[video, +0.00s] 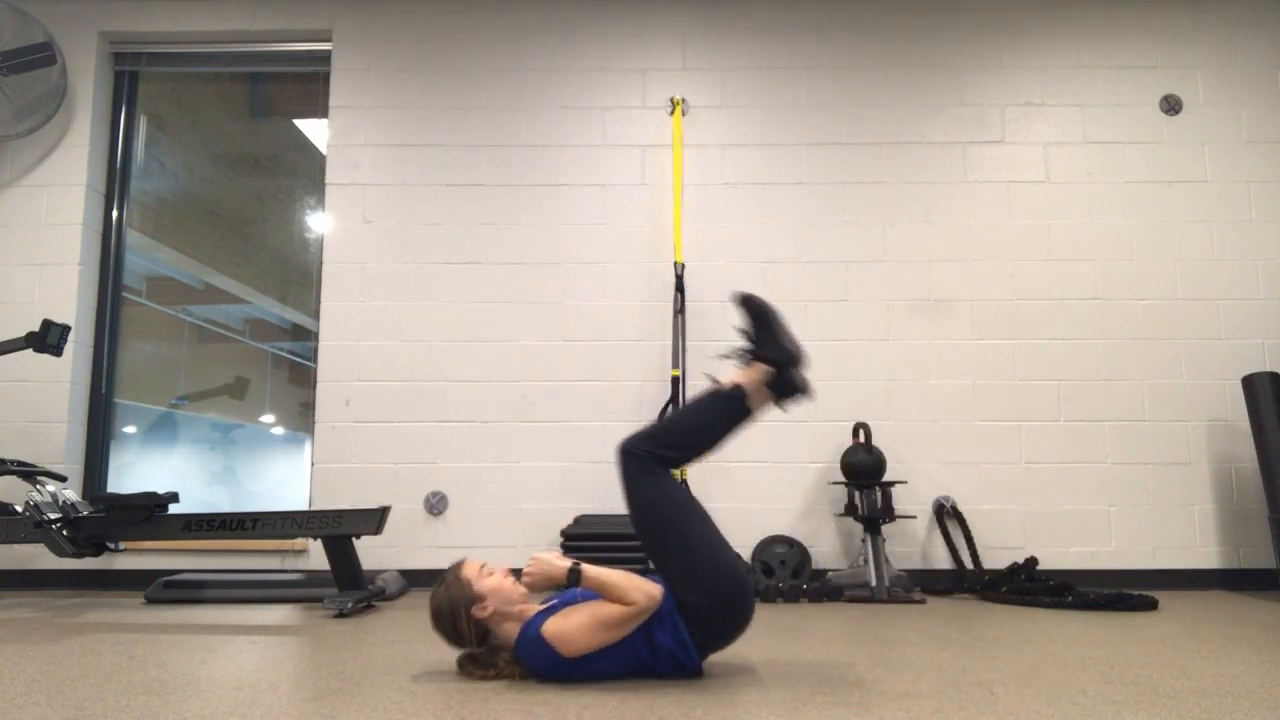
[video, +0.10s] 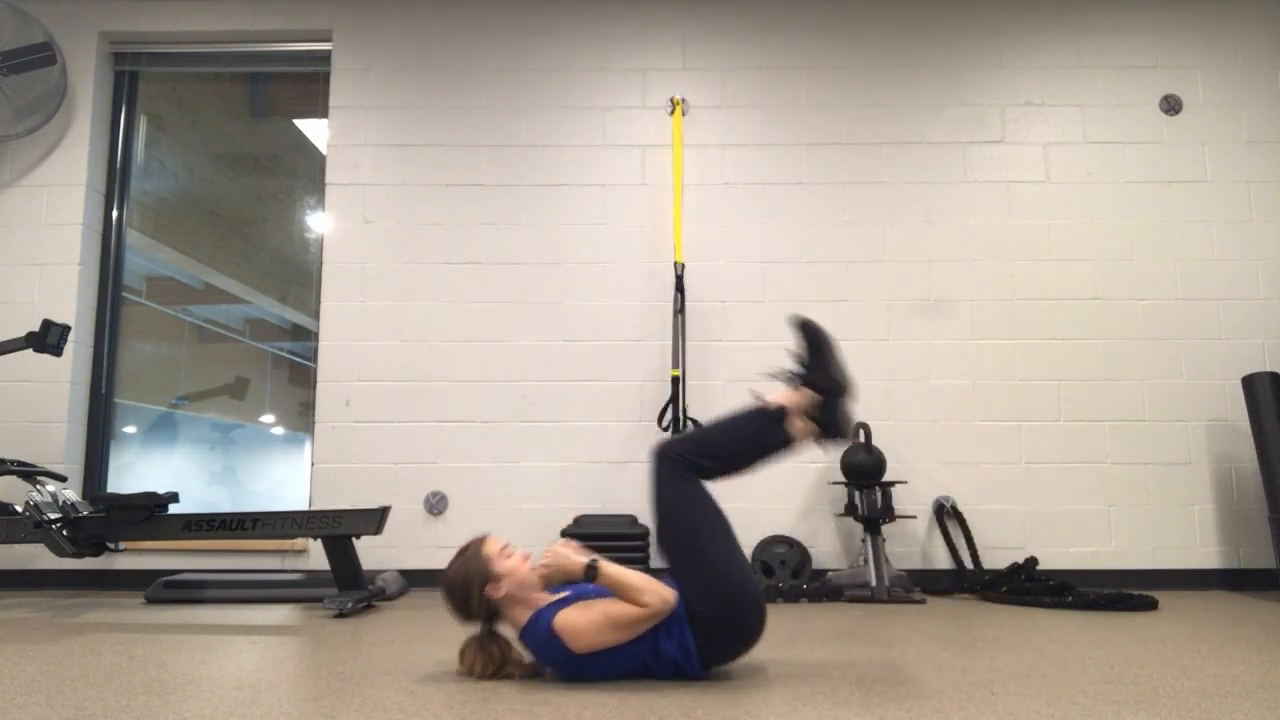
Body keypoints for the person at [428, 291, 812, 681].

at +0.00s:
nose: (502, 569)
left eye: (490, 566)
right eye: (487, 574)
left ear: (492, 607)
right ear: (482, 609)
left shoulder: (542, 621)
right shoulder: (542, 640)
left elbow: (641, 598)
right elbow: (646, 597)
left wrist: (570, 574)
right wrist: (571, 573)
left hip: (702, 604)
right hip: (708, 612)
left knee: (641, 454)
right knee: (639, 455)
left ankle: (766, 381)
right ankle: (766, 374)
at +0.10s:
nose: (521, 551)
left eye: (510, 546)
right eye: (506, 554)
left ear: (506, 585)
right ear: (497, 590)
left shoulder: (551, 607)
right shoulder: (557, 629)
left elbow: (652, 601)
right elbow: (662, 600)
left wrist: (582, 566)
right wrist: (589, 566)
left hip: (707, 617)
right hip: (715, 626)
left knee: (675, 458)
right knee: (675, 459)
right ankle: (807, 397)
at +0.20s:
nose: (551, 528)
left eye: (540, 522)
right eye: (536, 528)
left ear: (526, 560)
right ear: (519, 563)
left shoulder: (568, 588)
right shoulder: (571, 608)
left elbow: (666, 601)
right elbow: (677, 604)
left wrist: (609, 557)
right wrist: (615, 555)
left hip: (716, 631)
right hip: (728, 641)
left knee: (721, 470)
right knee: (721, 468)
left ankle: (850, 477)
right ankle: (852, 430)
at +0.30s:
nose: (585, 501)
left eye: (578, 493)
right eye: (571, 498)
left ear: (549, 527)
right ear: (547, 527)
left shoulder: (583, 564)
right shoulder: (586, 581)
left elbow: (677, 594)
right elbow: (696, 598)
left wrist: (632, 536)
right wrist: (642, 536)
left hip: (729, 635)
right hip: (739, 648)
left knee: (765, 486)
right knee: (765, 475)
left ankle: (890, 543)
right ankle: (912, 466)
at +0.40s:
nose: (619, 479)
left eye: (613, 471)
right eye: (608, 472)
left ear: (578, 495)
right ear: (580, 493)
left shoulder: (598, 545)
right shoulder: (605, 553)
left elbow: (707, 573)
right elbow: (714, 584)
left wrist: (662, 518)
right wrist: (666, 517)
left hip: (731, 637)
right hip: (743, 648)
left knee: (789, 493)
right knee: (800, 484)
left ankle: (884, 586)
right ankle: (950, 499)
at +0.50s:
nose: (654, 457)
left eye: (647, 448)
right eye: (641, 451)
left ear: (613, 469)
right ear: (610, 470)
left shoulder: (620, 525)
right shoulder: (630, 531)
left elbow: (721, 573)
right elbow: (735, 574)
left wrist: (687, 507)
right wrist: (695, 503)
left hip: (740, 638)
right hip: (753, 649)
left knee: (805, 505)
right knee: (839, 495)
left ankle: (869, 613)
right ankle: (975, 517)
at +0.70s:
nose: (699, 432)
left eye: (695, 423)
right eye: (690, 423)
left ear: (659, 434)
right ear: (662, 433)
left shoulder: (659, 492)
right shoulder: (671, 500)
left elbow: (739, 559)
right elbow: (764, 567)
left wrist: (722, 493)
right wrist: (748, 487)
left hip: (748, 636)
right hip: (762, 648)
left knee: (811, 541)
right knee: (886, 521)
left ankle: (868, 625)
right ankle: (998, 564)